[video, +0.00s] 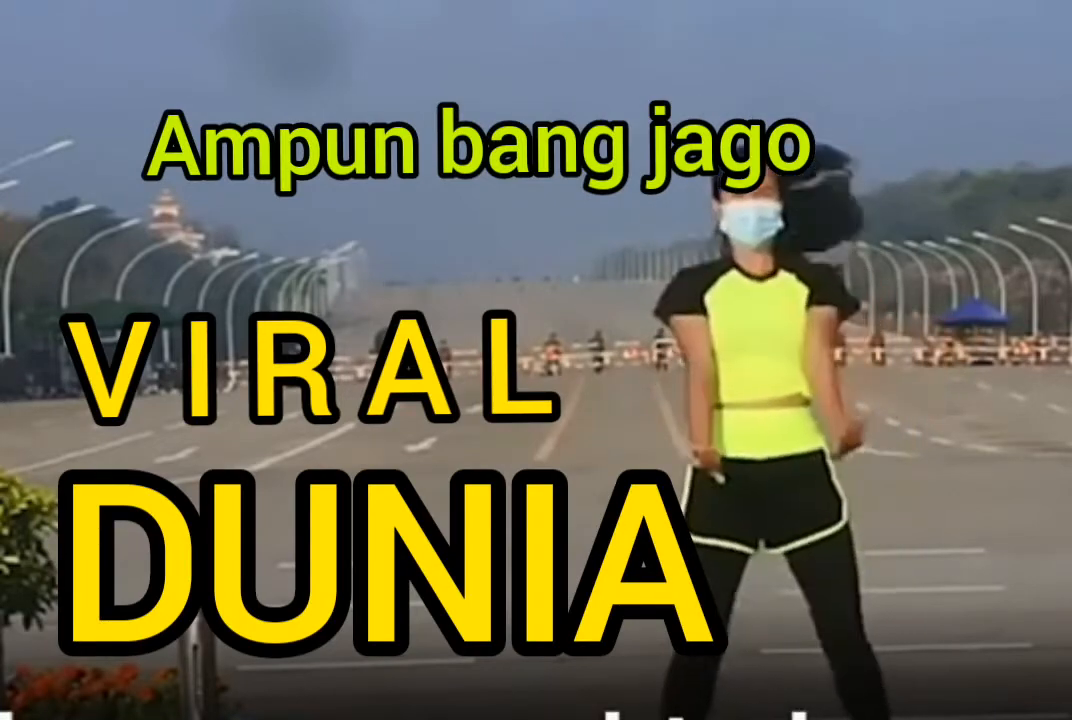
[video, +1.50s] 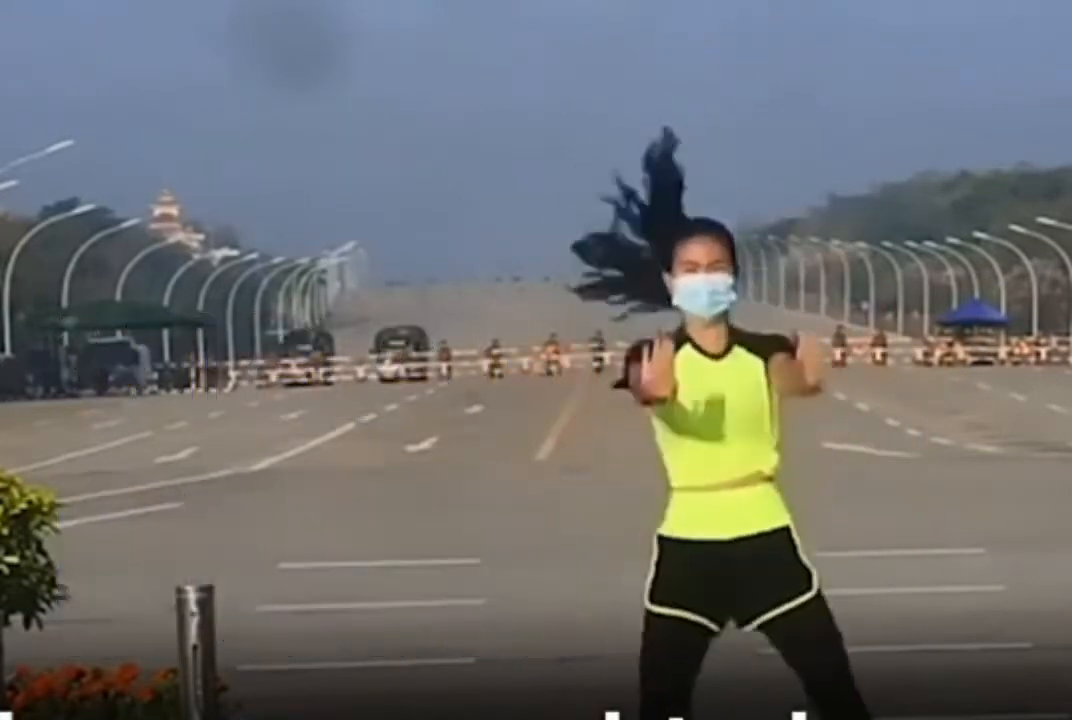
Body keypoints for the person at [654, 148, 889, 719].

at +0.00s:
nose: (755, 210)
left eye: (766, 197)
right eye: (740, 197)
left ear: (783, 204)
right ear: (718, 208)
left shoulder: (816, 282)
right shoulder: (692, 288)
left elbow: (821, 361)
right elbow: (700, 369)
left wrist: (841, 431)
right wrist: (702, 444)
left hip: (805, 479)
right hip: (722, 484)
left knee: (845, 639)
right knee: (699, 641)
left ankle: (873, 719)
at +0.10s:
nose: (744, 255)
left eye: (756, 243)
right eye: (731, 244)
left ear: (777, 251)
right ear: (711, 255)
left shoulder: (803, 326)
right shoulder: (694, 330)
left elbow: (828, 364)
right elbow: (694, 369)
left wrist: (831, 349)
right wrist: (688, 335)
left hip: (796, 517)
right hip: (716, 521)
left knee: (853, 675)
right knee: (685, 683)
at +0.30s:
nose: (723, 224)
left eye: (734, 212)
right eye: (709, 213)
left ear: (751, 221)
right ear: (688, 224)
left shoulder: (786, 297)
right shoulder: (663, 298)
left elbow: (802, 349)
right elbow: (661, 364)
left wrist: (829, 376)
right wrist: (662, 419)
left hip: (769, 487)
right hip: (687, 493)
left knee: (814, 650)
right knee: (673, 660)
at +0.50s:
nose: (693, 238)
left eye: (705, 226)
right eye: (679, 226)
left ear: (721, 238)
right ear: (658, 239)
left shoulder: (756, 316)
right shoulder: (631, 318)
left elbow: (824, 385)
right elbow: (578, 399)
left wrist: (779, 455)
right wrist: (639, 445)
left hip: (740, 508)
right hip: (658, 511)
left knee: (767, 666)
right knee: (654, 672)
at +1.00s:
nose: (676, 257)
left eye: (688, 244)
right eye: (663, 246)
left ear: (706, 255)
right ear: (643, 259)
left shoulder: (737, 330)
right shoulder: (620, 333)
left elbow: (817, 356)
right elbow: (539, 371)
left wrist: (742, 379)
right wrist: (620, 377)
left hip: (725, 519)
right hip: (646, 522)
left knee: (745, 682)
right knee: (635, 684)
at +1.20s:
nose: (684, 211)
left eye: (696, 199)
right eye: (669, 200)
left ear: (713, 210)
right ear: (648, 213)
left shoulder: (750, 288)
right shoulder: (625, 295)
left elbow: (814, 362)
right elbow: (568, 379)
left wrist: (785, 440)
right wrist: (626, 458)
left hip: (743, 485)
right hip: (660, 486)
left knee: (761, 650)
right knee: (661, 652)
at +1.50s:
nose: (706, 279)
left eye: (717, 267)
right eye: (691, 269)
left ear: (735, 278)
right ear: (670, 282)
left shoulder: (768, 352)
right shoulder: (655, 356)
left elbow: (800, 382)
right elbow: (651, 385)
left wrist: (810, 372)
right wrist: (656, 381)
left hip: (766, 541)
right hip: (687, 548)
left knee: (833, 685)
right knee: (661, 697)